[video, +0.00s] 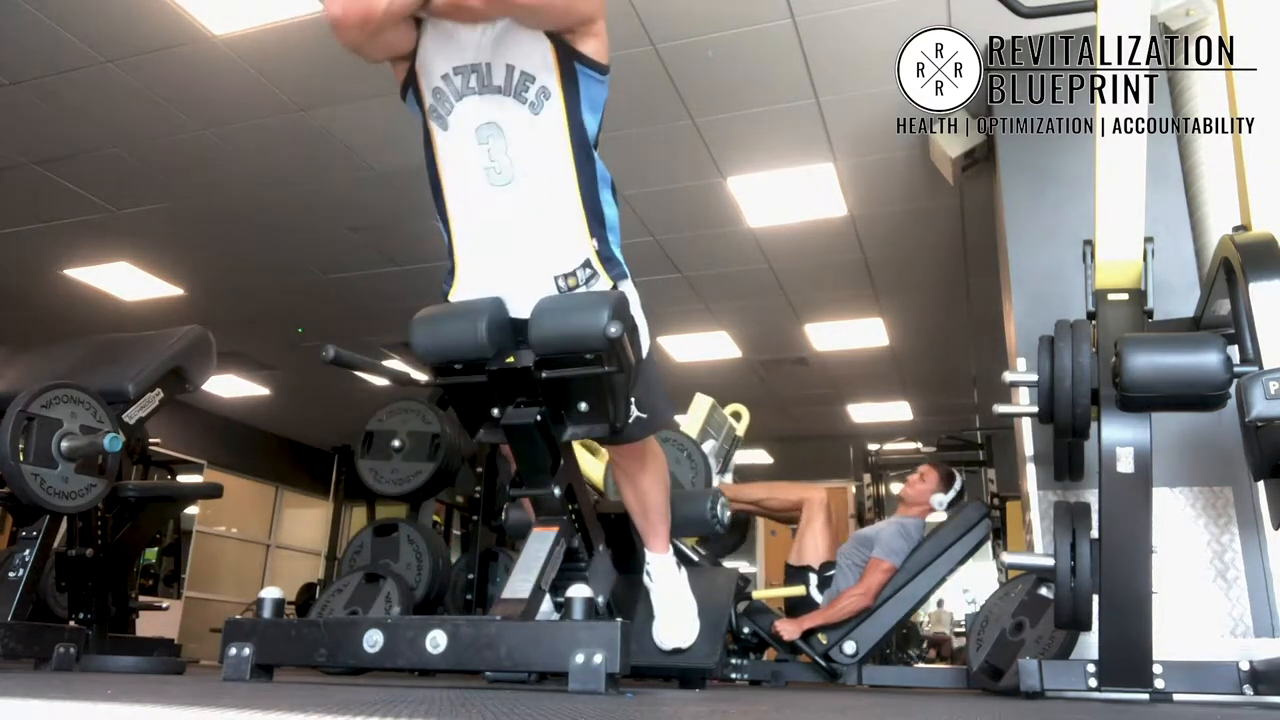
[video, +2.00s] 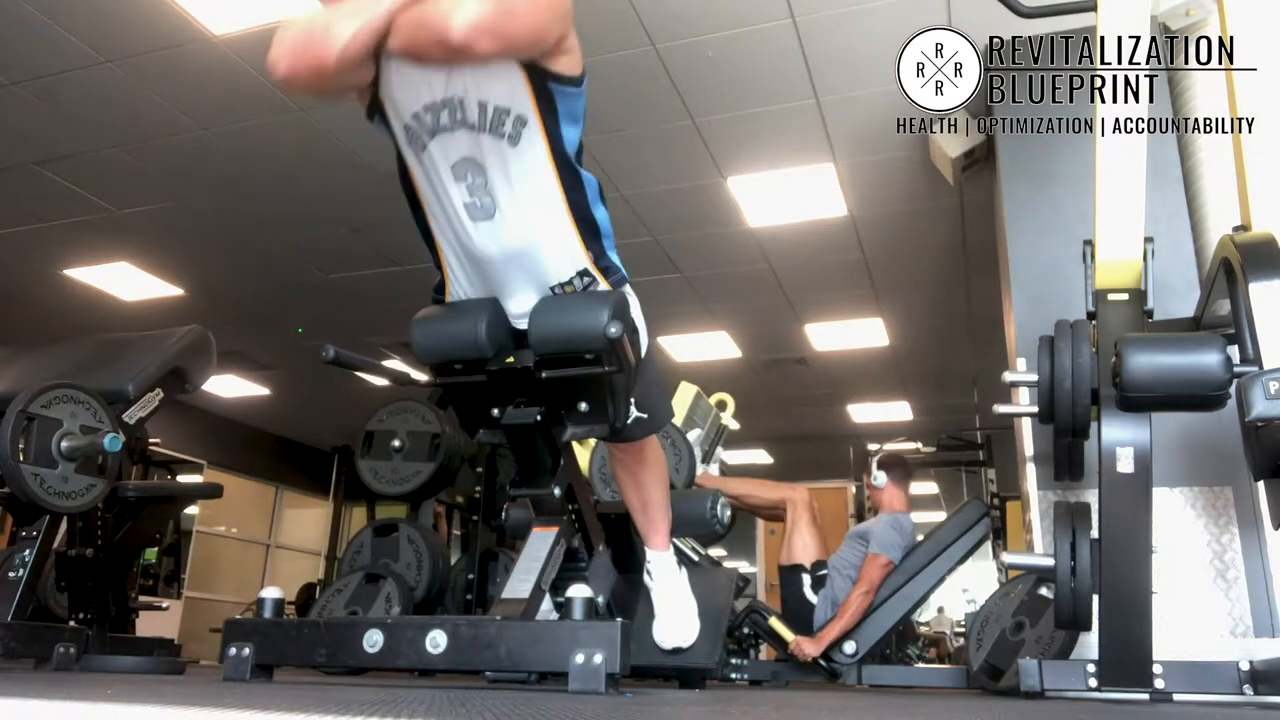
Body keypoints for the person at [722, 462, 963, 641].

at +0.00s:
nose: (910, 478)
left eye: (922, 479)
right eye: (916, 473)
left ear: (935, 501)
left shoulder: (900, 531)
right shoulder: (902, 525)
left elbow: (864, 595)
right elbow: (865, 592)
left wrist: (801, 623)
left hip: (815, 606)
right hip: (820, 599)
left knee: (817, 498)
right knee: (813, 502)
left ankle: (720, 490)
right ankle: (727, 499)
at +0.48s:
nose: (884, 480)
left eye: (893, 475)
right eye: (888, 474)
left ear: (912, 487)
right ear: (911, 490)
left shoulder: (895, 529)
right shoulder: (902, 527)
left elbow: (864, 597)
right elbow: (867, 593)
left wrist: (802, 625)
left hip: (814, 600)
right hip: (819, 595)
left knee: (781, 497)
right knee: (783, 505)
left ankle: (689, 466)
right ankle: (714, 490)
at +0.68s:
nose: (874, 484)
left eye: (879, 477)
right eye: (876, 477)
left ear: (898, 482)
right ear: (903, 483)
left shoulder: (893, 528)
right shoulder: (897, 527)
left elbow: (873, 597)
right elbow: (873, 594)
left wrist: (807, 616)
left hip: (814, 601)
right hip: (818, 597)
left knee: (757, 504)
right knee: (758, 506)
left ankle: (677, 461)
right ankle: (688, 466)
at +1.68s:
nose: (868, 490)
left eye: (869, 481)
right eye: (868, 482)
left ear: (882, 479)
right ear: (899, 481)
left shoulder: (890, 525)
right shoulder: (897, 524)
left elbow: (866, 591)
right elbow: (868, 591)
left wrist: (819, 641)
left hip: (814, 618)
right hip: (820, 613)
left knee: (779, 504)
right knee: (781, 506)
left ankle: (687, 467)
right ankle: (698, 475)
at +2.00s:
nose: (868, 490)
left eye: (869, 483)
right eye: (868, 483)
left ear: (879, 481)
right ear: (903, 482)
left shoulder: (889, 527)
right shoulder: (898, 525)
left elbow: (866, 592)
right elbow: (867, 591)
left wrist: (819, 641)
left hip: (814, 616)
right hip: (821, 611)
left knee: (798, 496)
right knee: (801, 505)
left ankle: (702, 479)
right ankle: (724, 497)